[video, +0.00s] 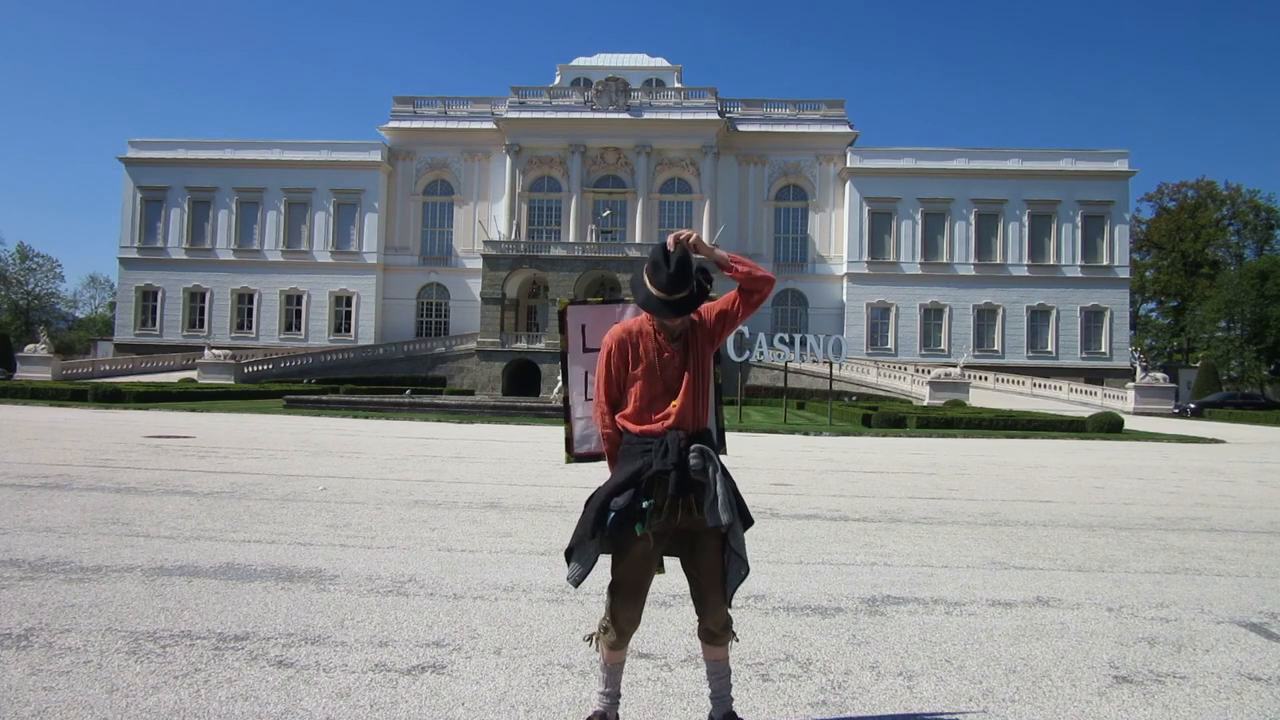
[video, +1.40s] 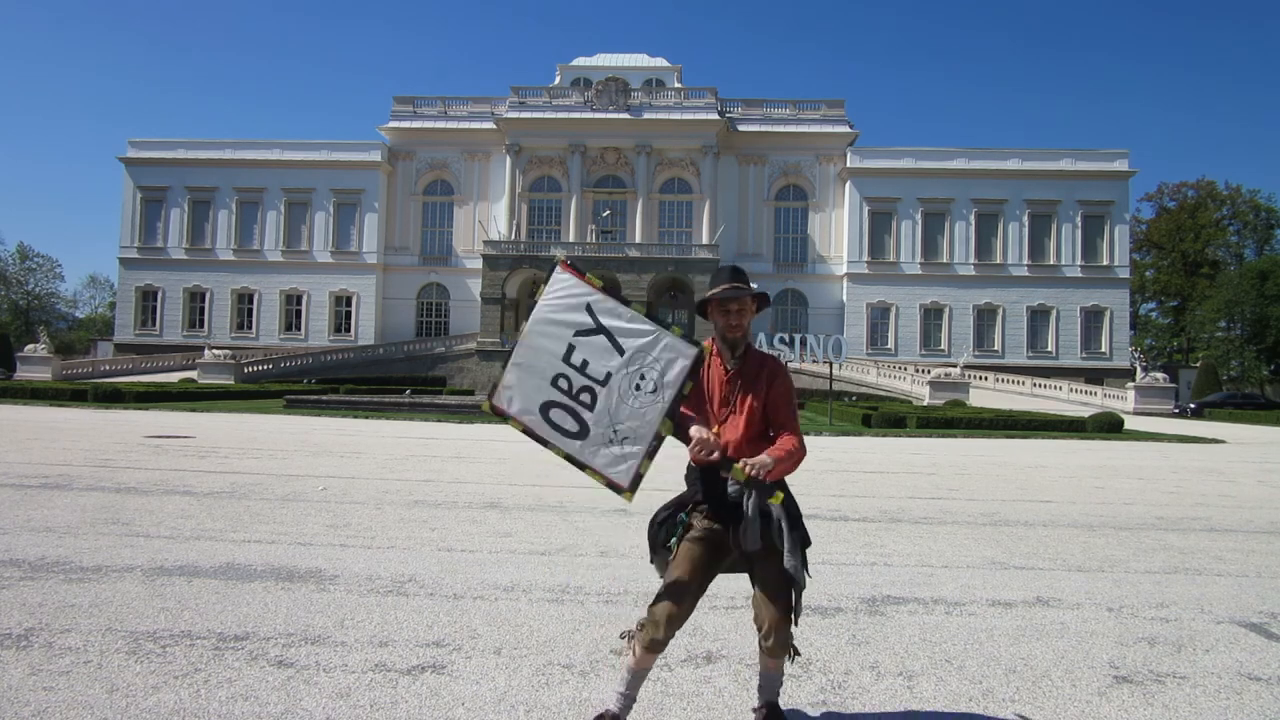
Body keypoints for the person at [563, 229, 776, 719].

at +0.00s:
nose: (673, 322)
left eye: (682, 313)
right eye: (665, 313)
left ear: (695, 300)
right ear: (648, 300)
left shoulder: (708, 326)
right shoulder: (621, 338)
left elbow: (761, 283)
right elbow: (605, 415)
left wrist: (709, 252)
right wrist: (623, 479)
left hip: (700, 481)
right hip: (639, 481)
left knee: (714, 605)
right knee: (624, 607)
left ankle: (722, 708)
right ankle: (607, 703)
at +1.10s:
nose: (679, 299)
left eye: (686, 288)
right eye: (669, 290)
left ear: (697, 290)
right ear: (650, 293)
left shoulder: (707, 333)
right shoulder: (624, 342)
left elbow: (776, 336)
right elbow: (587, 411)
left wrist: (751, 283)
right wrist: (564, 477)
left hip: (699, 475)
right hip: (641, 479)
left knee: (756, 578)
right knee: (628, 610)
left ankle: (751, 690)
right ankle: (608, 702)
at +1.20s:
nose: (687, 298)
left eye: (695, 288)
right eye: (677, 289)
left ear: (707, 290)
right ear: (660, 292)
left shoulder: (718, 336)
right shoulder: (634, 341)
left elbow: (788, 367)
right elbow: (587, 408)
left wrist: (777, 333)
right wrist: (556, 472)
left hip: (711, 476)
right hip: (651, 477)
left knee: (757, 590)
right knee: (632, 603)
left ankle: (767, 693)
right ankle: (608, 702)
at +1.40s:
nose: (733, 316)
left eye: (741, 307)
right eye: (723, 308)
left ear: (754, 310)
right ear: (709, 315)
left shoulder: (771, 369)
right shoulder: (692, 366)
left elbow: (792, 440)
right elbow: (677, 411)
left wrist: (772, 459)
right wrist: (700, 436)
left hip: (763, 501)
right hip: (709, 498)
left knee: (776, 612)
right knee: (673, 597)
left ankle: (768, 705)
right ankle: (620, 703)